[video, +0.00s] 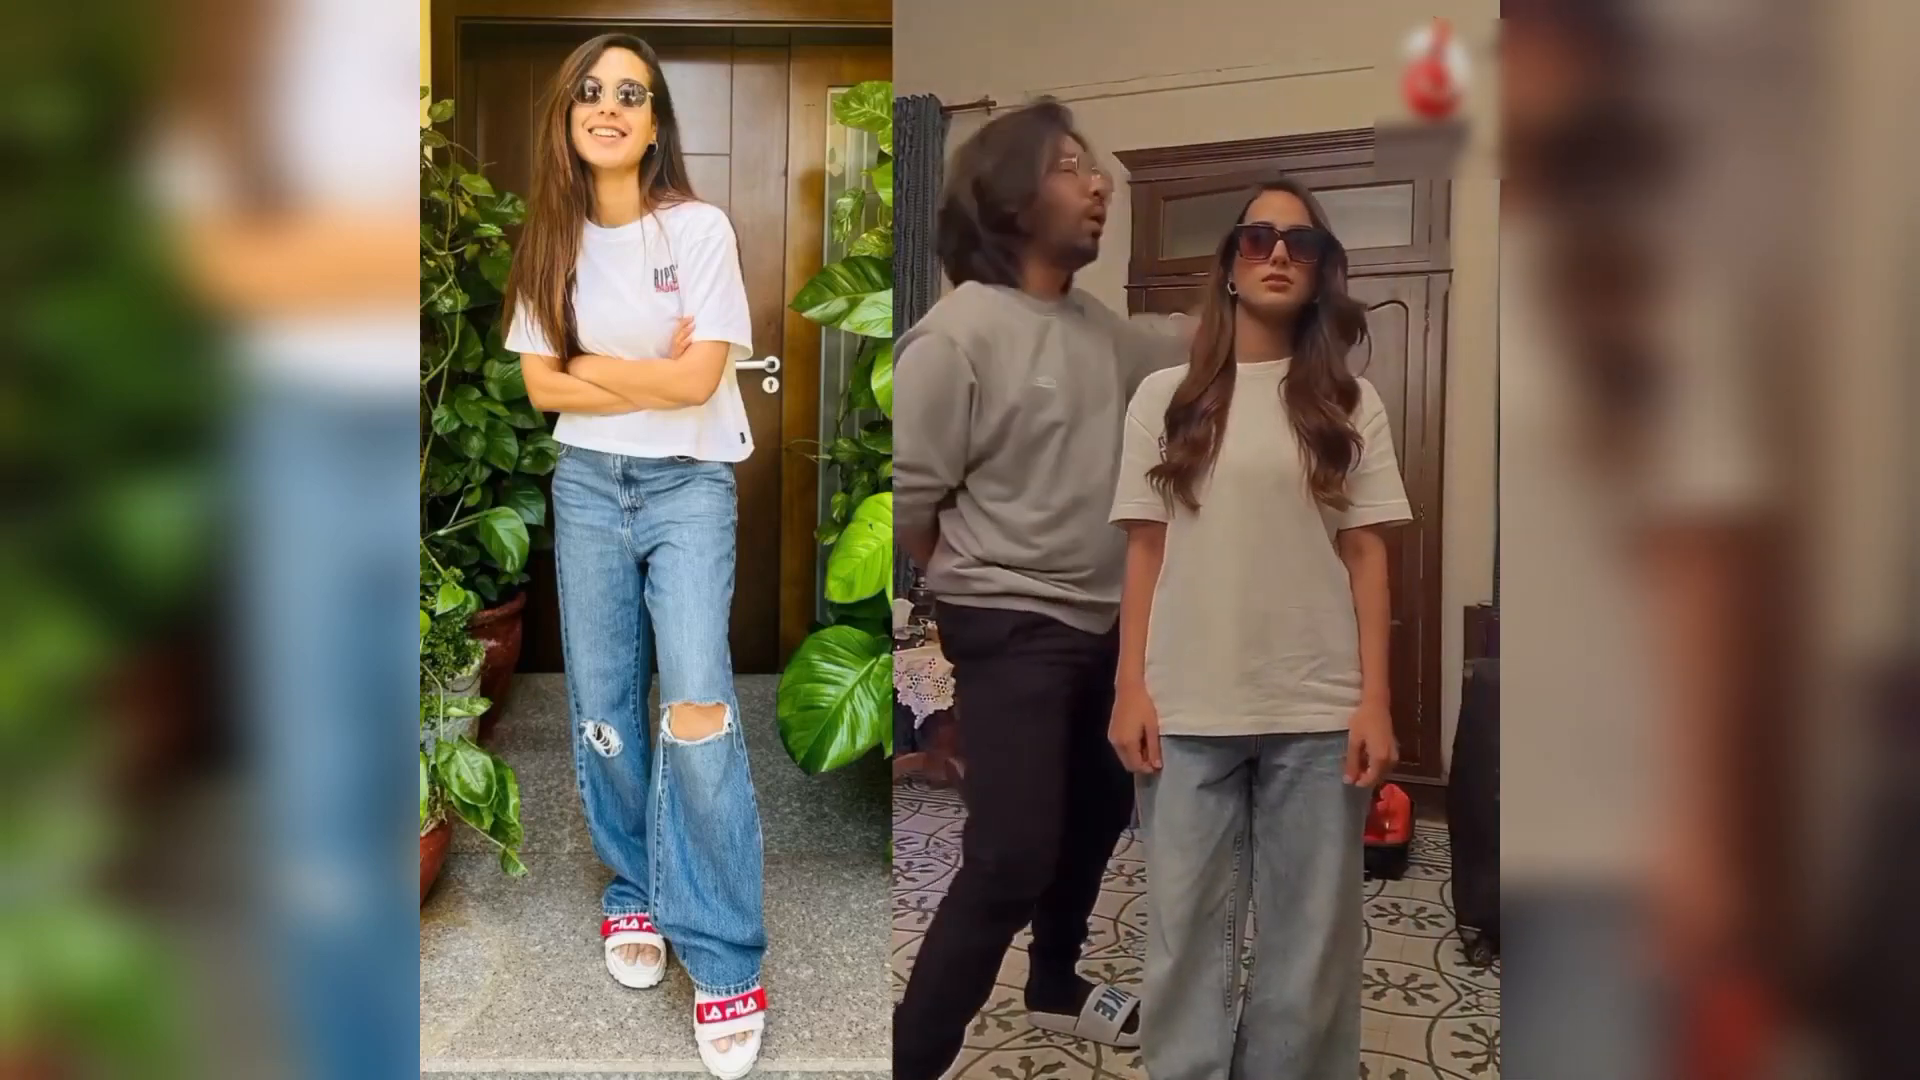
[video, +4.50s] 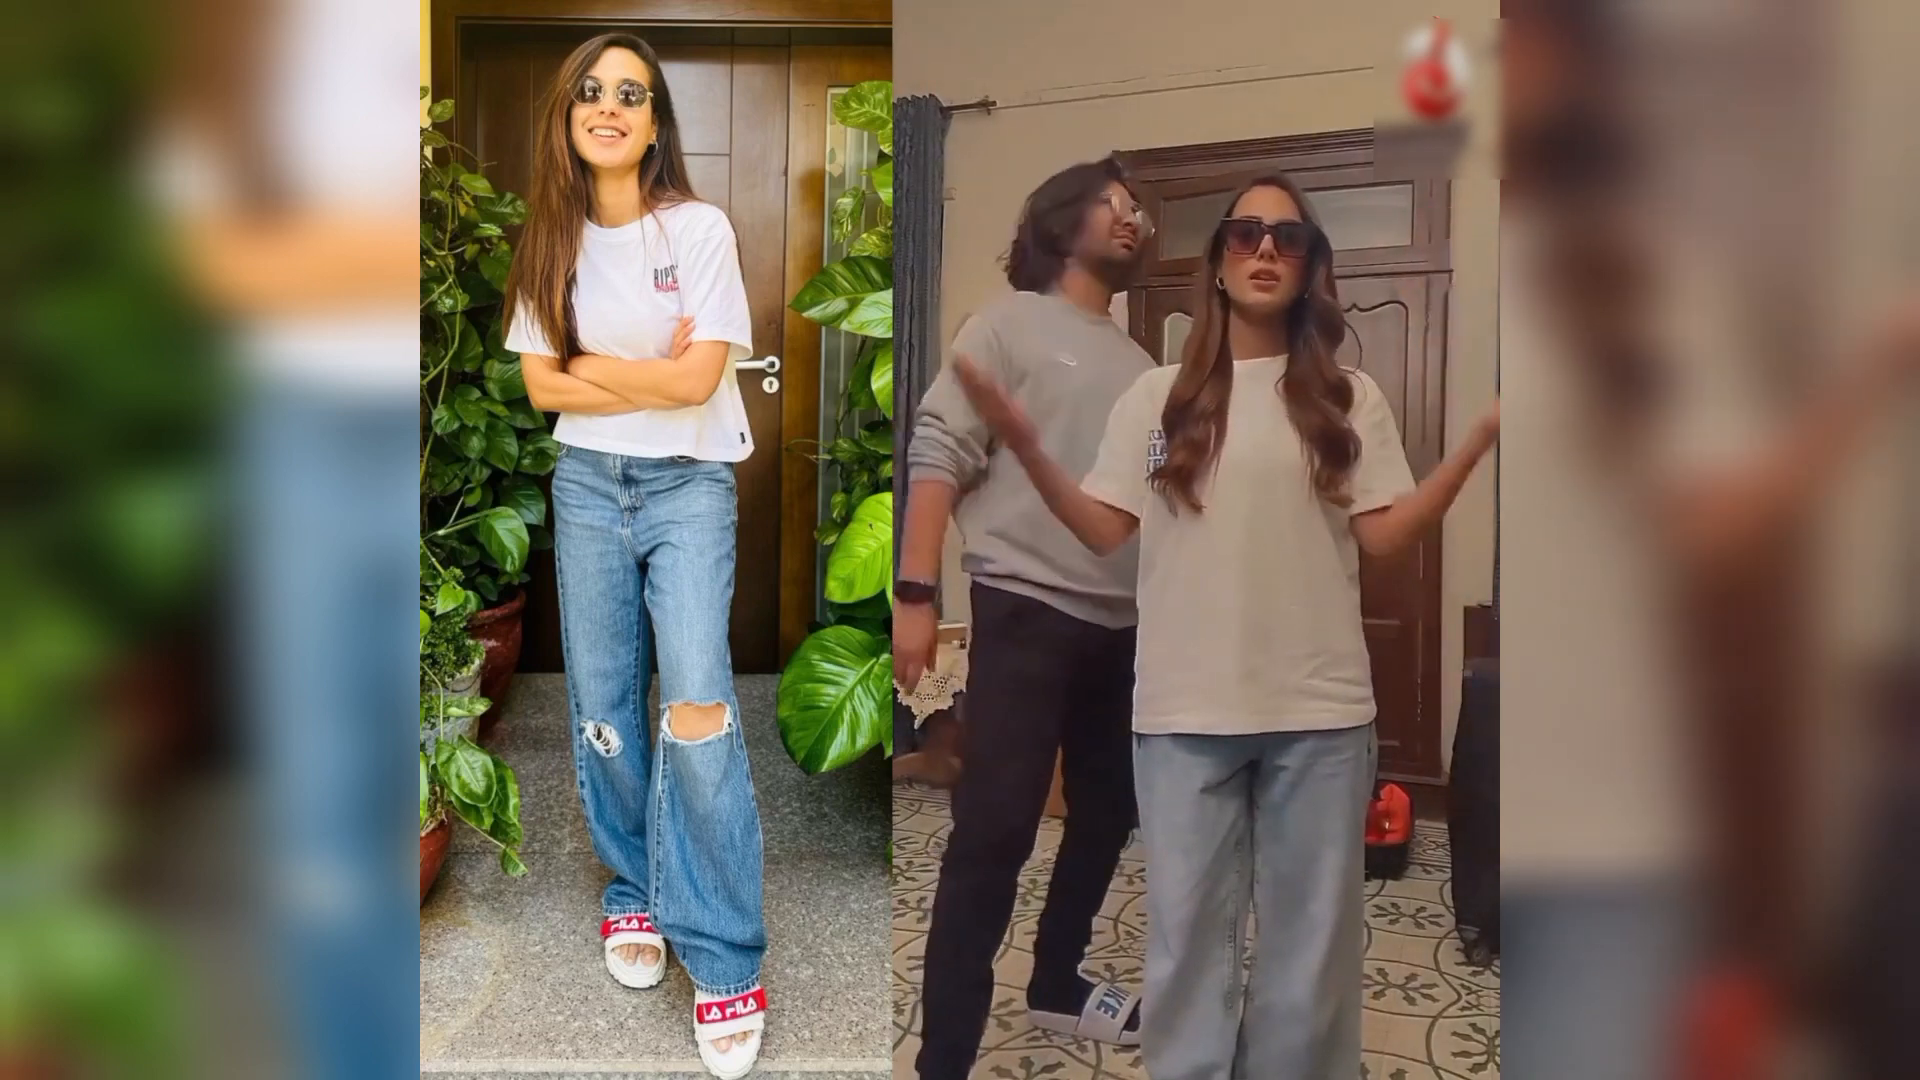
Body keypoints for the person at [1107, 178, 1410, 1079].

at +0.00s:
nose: (1278, 252)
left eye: (1299, 241)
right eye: (1259, 239)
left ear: (1324, 269)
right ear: (1228, 265)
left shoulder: (1351, 400)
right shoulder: (1167, 395)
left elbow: (1366, 556)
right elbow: (1145, 551)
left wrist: (1374, 701)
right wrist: (1131, 683)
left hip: (1319, 715)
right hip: (1187, 714)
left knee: (1310, 955)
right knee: (1179, 944)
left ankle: (1286, 1072)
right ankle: (1183, 1068)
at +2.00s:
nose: (1272, 252)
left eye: (1294, 241)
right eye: (1253, 238)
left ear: (1318, 269)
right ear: (1225, 264)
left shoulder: (1358, 396)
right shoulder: (1174, 396)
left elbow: (1373, 555)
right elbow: (1150, 548)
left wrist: (1375, 699)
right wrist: (1134, 684)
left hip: (1324, 717)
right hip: (1191, 716)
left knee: (1312, 959)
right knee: (1184, 949)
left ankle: (1289, 1074)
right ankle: (1186, 1070)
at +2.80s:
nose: (1278, 249)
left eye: (1300, 240)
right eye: (1260, 235)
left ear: (1323, 271)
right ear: (1228, 261)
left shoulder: (1346, 395)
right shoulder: (1164, 390)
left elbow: (1366, 552)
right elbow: (1143, 544)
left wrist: (1386, 682)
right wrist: (1121, 671)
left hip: (1322, 714)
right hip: (1185, 712)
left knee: (1309, 954)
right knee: (1181, 944)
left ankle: (1290, 1073)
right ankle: (1186, 1068)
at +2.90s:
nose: (1274, 247)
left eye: (1295, 236)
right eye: (1255, 233)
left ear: (1320, 265)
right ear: (1225, 260)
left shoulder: (1351, 393)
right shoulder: (1168, 390)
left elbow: (1354, 542)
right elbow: (1164, 540)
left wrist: (1421, 535)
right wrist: (1103, 552)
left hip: (1320, 707)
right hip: (1185, 705)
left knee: (1310, 951)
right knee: (1183, 943)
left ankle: (1293, 1071)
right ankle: (1184, 1067)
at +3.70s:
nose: (1265, 247)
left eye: (1285, 236)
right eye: (1246, 233)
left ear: (1311, 265)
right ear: (1216, 262)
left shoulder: (1346, 396)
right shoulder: (1161, 394)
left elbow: (1353, 544)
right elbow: (1153, 541)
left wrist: (1426, 550)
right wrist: (1070, 544)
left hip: (1317, 708)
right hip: (1180, 707)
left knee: (1308, 949)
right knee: (1183, 942)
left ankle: (1294, 1072)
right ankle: (1185, 1068)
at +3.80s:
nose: (1264, 245)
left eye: (1285, 234)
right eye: (1246, 232)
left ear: (1311, 265)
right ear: (1216, 263)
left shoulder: (1344, 392)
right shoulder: (1163, 390)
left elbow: (1394, 540)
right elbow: (1115, 532)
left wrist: (1431, 407)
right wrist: (1066, 402)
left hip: (1317, 706)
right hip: (1181, 704)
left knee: (1309, 953)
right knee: (1182, 945)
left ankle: (1294, 1072)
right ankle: (1184, 1067)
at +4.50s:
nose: (1266, 248)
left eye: (1286, 236)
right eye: (1247, 234)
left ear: (1311, 263)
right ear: (1217, 258)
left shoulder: (1347, 392)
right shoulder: (1159, 391)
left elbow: (1384, 537)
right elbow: (1105, 531)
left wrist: (1471, 451)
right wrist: (1026, 446)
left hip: (1320, 707)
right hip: (1184, 708)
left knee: (1315, 944)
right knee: (1185, 938)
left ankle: (1294, 1075)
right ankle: (1186, 1069)